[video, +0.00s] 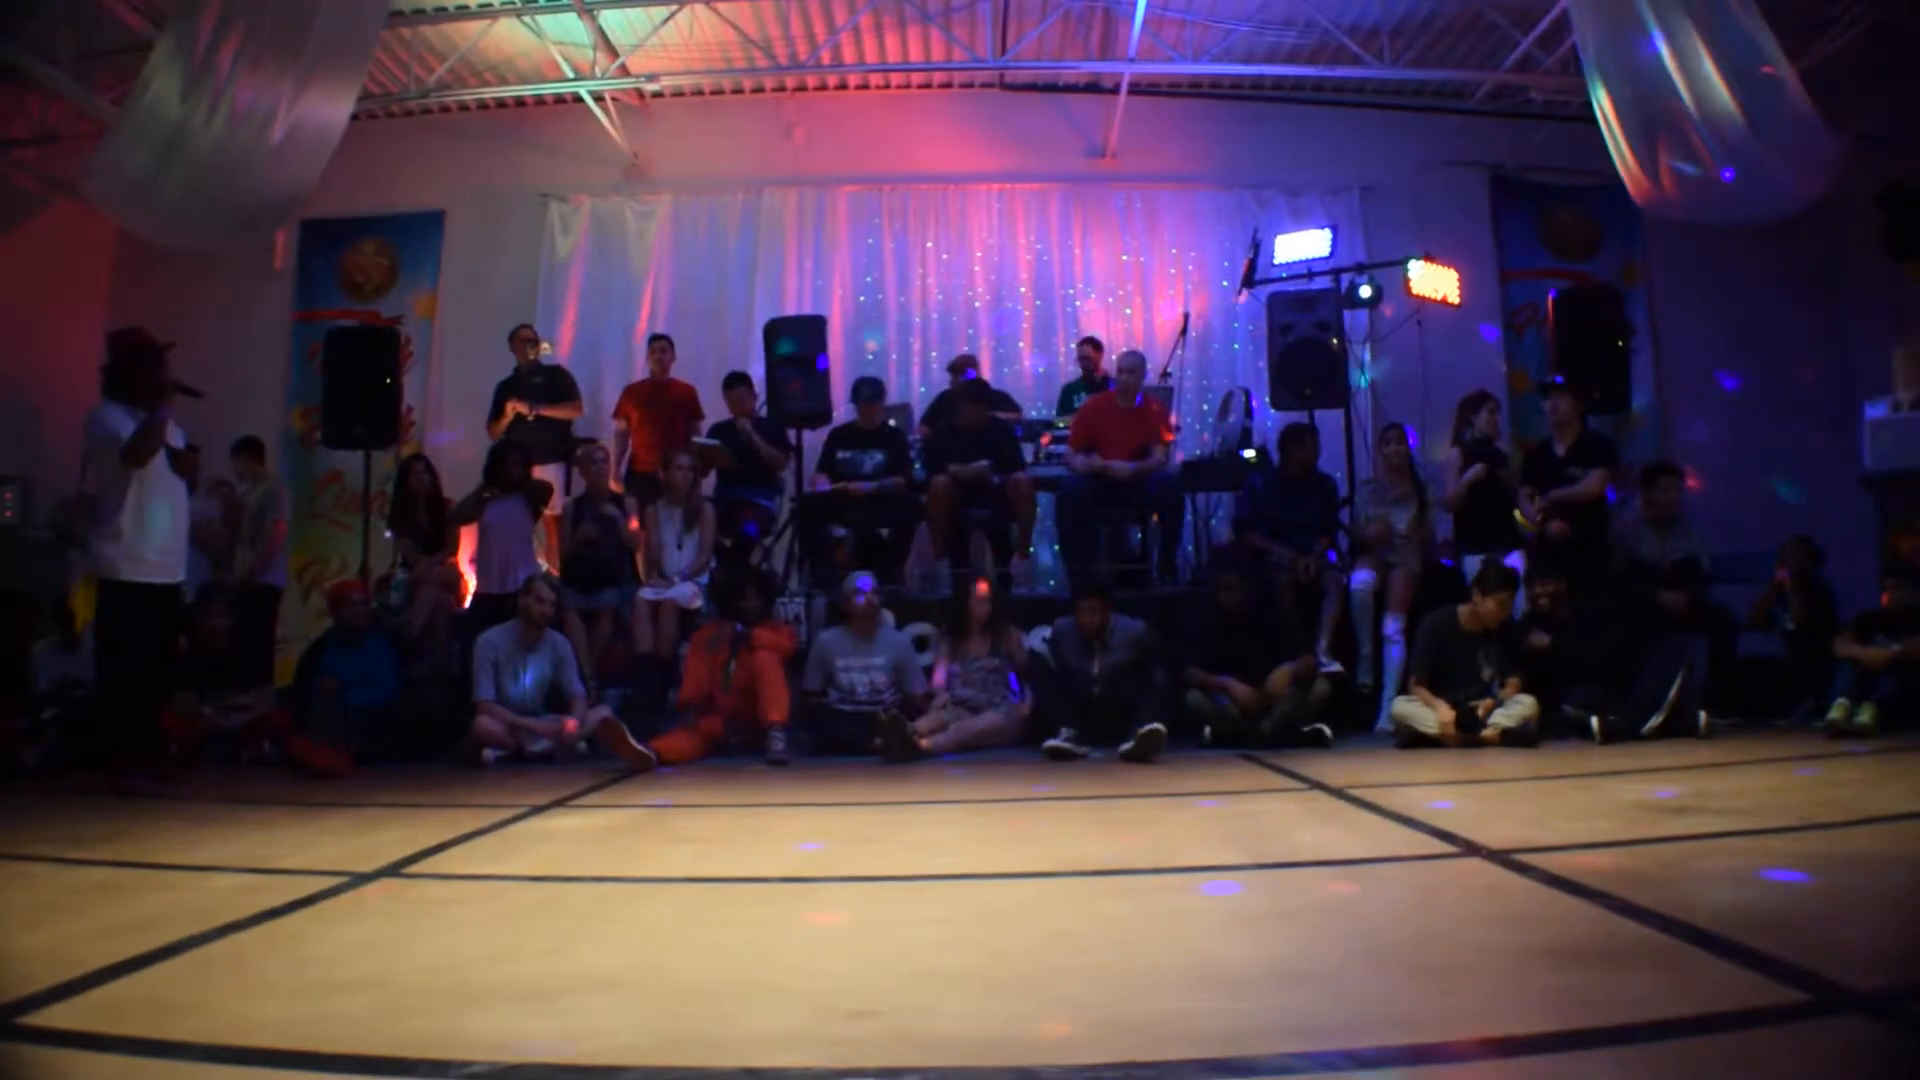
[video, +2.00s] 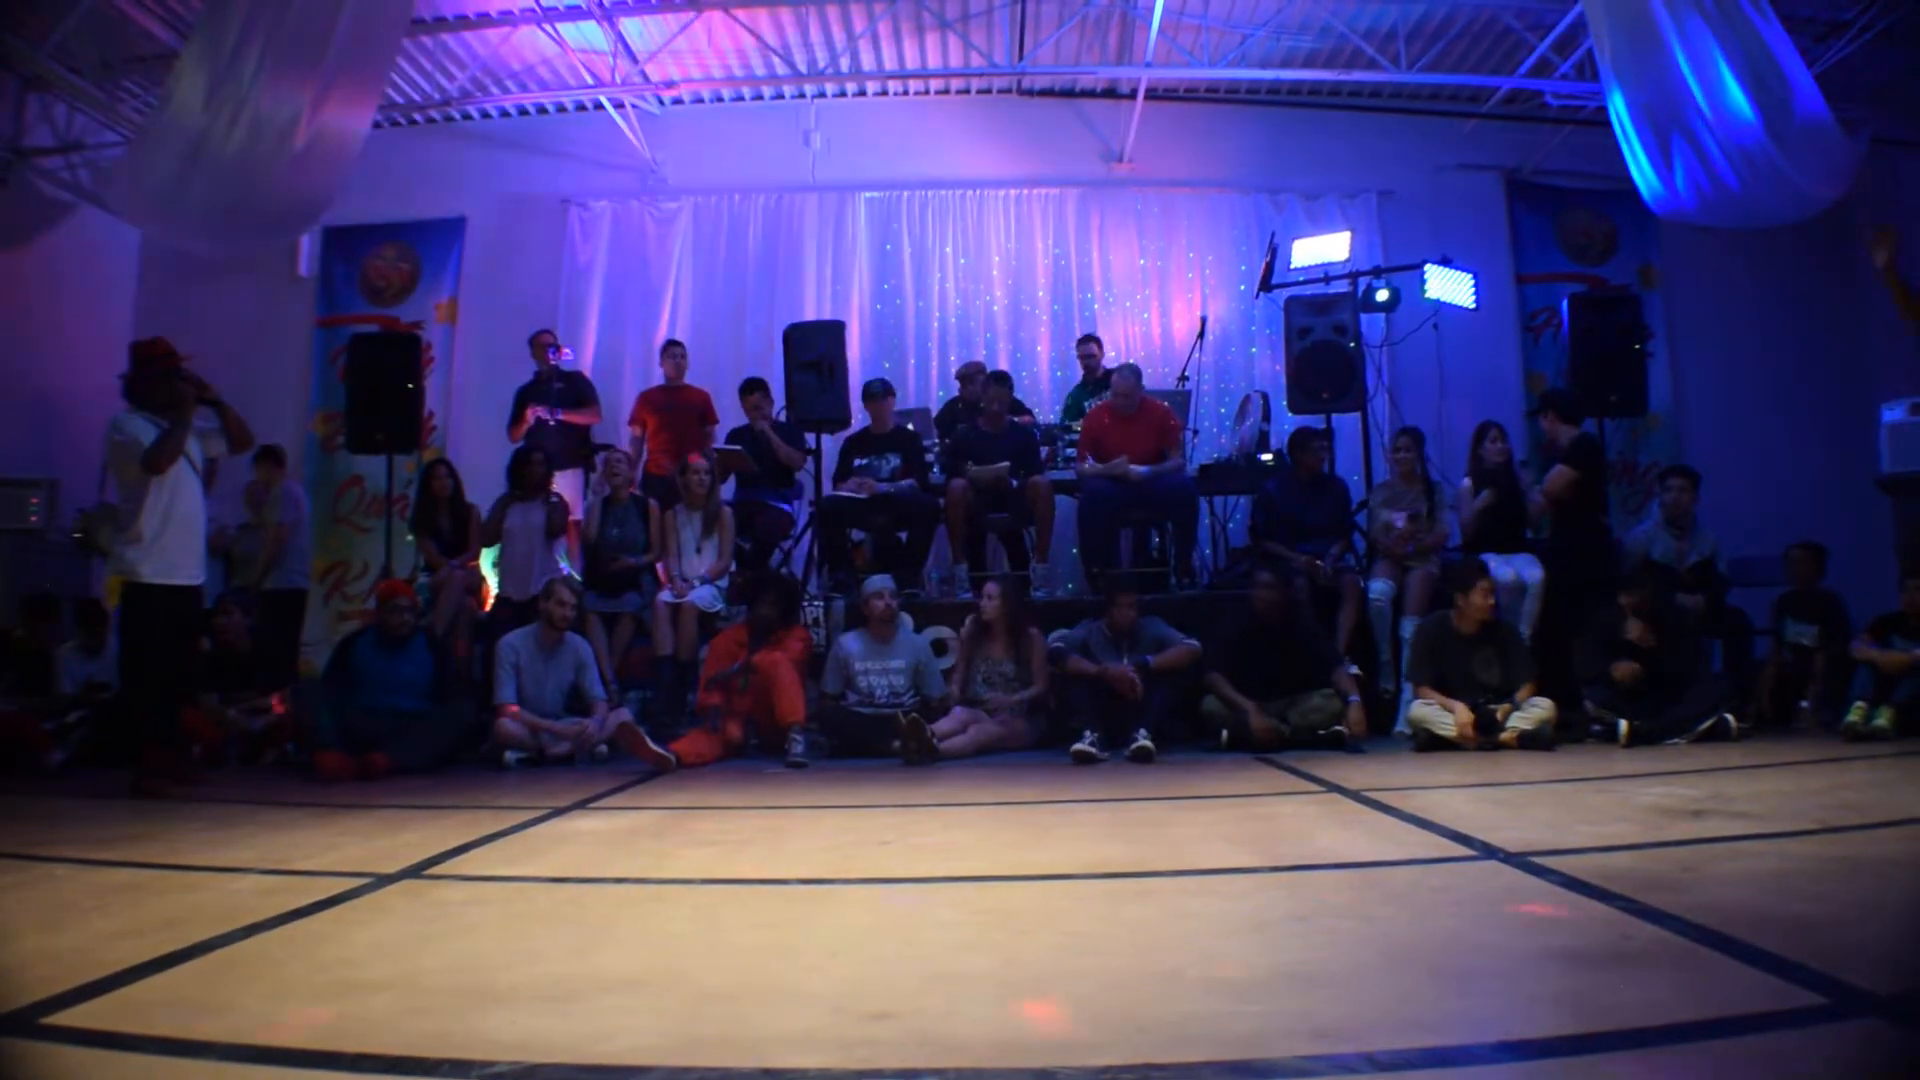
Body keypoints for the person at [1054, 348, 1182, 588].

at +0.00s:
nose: (1125, 378)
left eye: (1132, 373)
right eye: (1121, 372)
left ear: (1143, 376)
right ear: (1115, 374)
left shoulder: (1154, 410)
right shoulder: (1093, 408)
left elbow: (1160, 456)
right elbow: (1073, 457)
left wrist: (1133, 469)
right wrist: (1099, 465)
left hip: (1138, 480)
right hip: (1100, 480)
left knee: (1172, 490)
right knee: (1069, 493)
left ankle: (1167, 569)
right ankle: (1079, 575)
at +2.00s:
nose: (1121, 402)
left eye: (1127, 396)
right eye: (1116, 395)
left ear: (1140, 392)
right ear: (1109, 391)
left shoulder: (1161, 413)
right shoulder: (1096, 417)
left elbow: (1178, 461)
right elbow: (1081, 467)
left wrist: (1145, 471)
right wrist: (1107, 470)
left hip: (1151, 483)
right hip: (1113, 484)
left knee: (1184, 490)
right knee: (1093, 494)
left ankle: (1183, 570)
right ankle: (1097, 575)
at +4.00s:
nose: (1120, 405)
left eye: (1126, 399)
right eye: (1116, 398)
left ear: (1141, 392)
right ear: (1111, 393)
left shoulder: (1165, 415)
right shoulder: (1096, 417)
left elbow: (1180, 462)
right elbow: (1085, 465)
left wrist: (1150, 473)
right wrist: (1109, 470)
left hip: (1153, 484)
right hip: (1115, 484)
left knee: (1188, 489)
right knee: (1095, 493)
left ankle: (1184, 568)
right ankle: (1096, 575)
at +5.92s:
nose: (1106, 394)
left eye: (1111, 387)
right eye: (1104, 388)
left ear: (1132, 384)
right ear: (1102, 388)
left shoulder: (1163, 413)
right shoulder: (1096, 418)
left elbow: (1178, 462)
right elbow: (1086, 466)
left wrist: (1149, 471)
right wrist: (1112, 466)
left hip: (1153, 483)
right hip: (1113, 484)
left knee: (1188, 491)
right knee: (1089, 497)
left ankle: (1184, 568)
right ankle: (1096, 574)